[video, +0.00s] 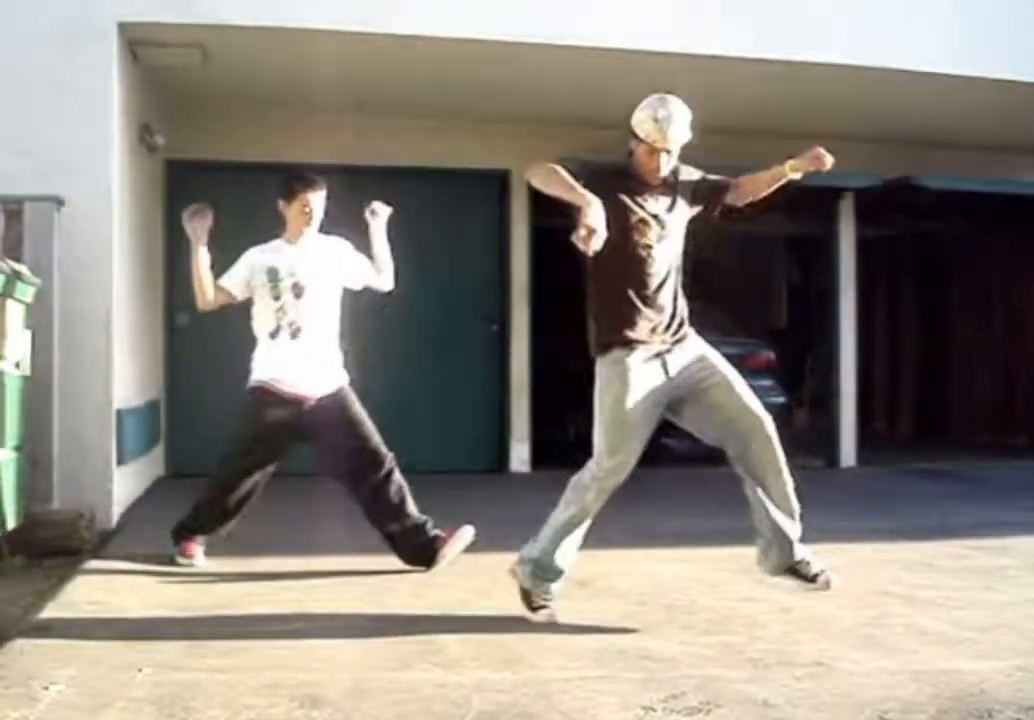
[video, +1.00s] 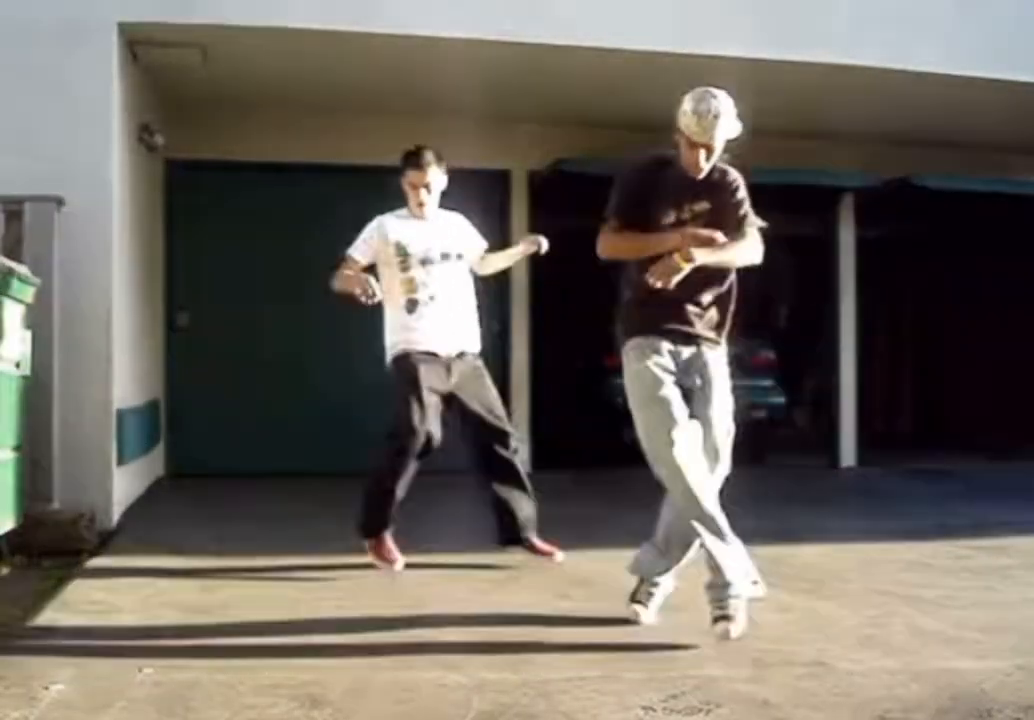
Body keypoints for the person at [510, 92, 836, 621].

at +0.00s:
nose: (660, 163)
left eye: (671, 153)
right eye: (652, 150)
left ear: (681, 150)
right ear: (634, 141)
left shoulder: (683, 184)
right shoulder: (608, 189)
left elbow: (738, 193)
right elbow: (537, 172)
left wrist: (791, 168)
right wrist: (588, 203)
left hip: (683, 345)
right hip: (627, 357)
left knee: (755, 429)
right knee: (611, 466)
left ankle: (785, 553)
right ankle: (536, 570)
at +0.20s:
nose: (693, 158)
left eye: (702, 148)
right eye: (684, 147)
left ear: (717, 144)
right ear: (670, 140)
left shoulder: (731, 189)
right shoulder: (634, 194)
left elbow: (778, 240)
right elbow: (583, 252)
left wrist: (786, 265)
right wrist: (638, 277)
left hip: (721, 346)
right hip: (665, 348)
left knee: (730, 458)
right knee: (690, 456)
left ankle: (682, 553)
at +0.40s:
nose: (712, 165)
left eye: (722, 154)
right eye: (705, 154)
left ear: (737, 147)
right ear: (690, 145)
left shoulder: (760, 197)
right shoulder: (661, 199)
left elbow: (803, 254)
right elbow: (633, 252)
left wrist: (781, 316)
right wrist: (643, 308)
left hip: (748, 359)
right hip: (686, 359)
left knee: (748, 479)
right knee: (717, 473)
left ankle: (689, 555)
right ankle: (765, 582)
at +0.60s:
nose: (734, 167)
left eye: (744, 158)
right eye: (726, 157)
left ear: (763, 150)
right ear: (713, 148)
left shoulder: (785, 193)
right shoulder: (687, 201)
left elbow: (822, 226)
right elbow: (657, 258)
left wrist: (810, 274)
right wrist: (650, 312)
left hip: (771, 365)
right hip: (701, 362)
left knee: (806, 476)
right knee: (663, 473)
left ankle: (836, 587)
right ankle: (634, 590)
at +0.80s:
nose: (725, 161)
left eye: (736, 152)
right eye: (718, 150)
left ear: (754, 145)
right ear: (705, 139)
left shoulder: (773, 187)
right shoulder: (674, 187)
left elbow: (835, 238)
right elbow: (619, 243)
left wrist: (799, 236)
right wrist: (675, 246)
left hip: (751, 352)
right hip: (687, 344)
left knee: (784, 467)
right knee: (674, 454)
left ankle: (823, 584)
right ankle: (623, 593)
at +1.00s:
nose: (700, 157)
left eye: (711, 147)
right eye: (693, 145)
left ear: (725, 141)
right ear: (677, 133)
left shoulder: (728, 183)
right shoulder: (643, 176)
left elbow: (752, 248)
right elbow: (607, 243)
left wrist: (689, 259)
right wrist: (676, 238)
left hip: (707, 340)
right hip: (650, 336)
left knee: (712, 461)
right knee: (674, 451)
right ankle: (732, 576)